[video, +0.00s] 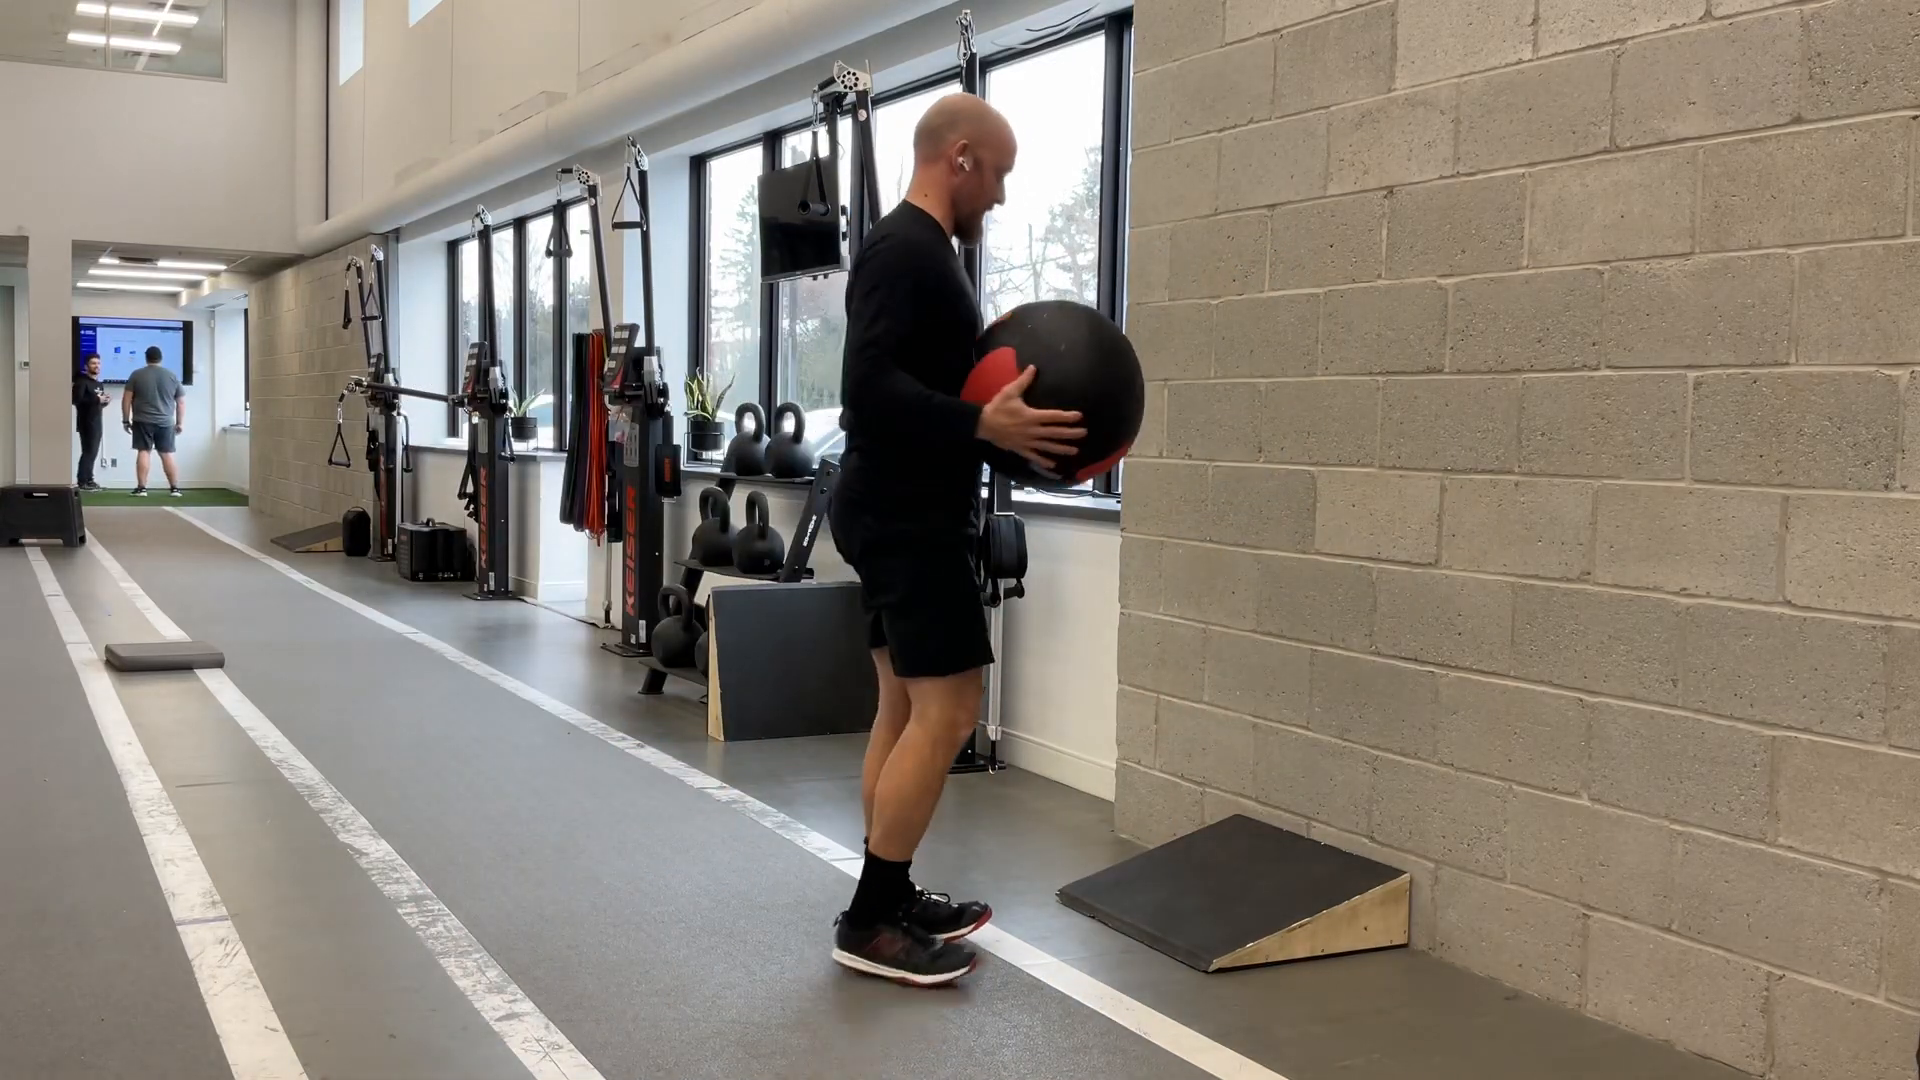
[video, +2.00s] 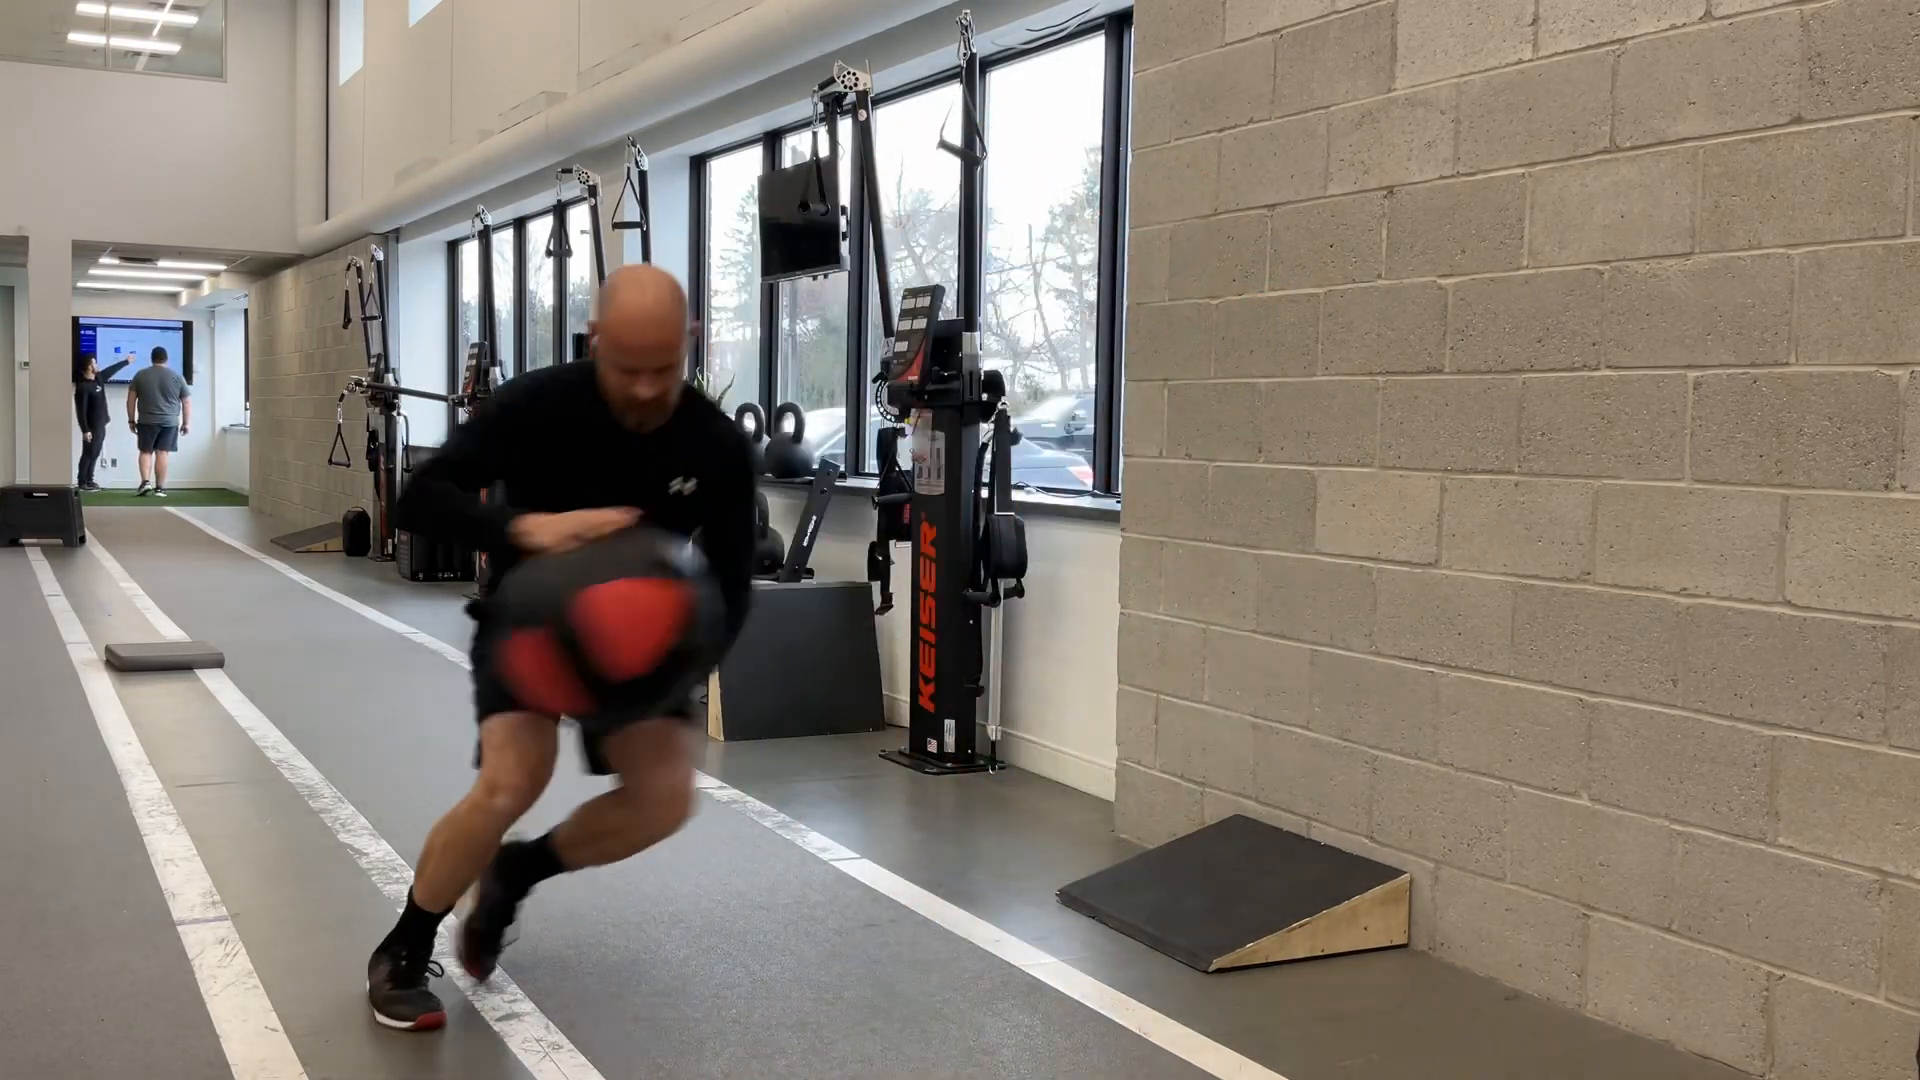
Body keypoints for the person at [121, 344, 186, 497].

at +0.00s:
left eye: (149, 357)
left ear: (146, 358)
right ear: (161, 358)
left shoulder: (136, 375)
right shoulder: (171, 376)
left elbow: (127, 398)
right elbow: (180, 402)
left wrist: (125, 419)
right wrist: (179, 423)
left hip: (142, 422)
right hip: (165, 423)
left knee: (143, 452)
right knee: (167, 455)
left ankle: (141, 487)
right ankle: (174, 487)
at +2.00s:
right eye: (164, 358)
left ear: (151, 359)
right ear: (166, 359)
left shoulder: (141, 375)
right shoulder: (176, 376)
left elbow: (131, 398)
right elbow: (186, 401)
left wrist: (131, 420)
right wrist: (186, 423)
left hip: (147, 422)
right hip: (169, 423)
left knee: (145, 452)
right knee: (163, 452)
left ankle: (145, 482)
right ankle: (160, 487)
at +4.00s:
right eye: (163, 359)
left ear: (152, 359)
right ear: (167, 360)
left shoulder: (143, 375)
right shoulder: (178, 376)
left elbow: (134, 398)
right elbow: (189, 400)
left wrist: (135, 420)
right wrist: (190, 422)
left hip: (150, 422)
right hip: (172, 422)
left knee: (147, 451)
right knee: (164, 452)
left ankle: (155, 472)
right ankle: (159, 488)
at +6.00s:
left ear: (151, 361)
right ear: (166, 361)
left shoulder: (142, 377)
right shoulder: (176, 377)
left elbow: (134, 401)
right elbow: (190, 399)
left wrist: (138, 421)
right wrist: (190, 421)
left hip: (151, 422)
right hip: (173, 423)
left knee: (150, 452)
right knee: (166, 453)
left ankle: (160, 471)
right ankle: (162, 488)